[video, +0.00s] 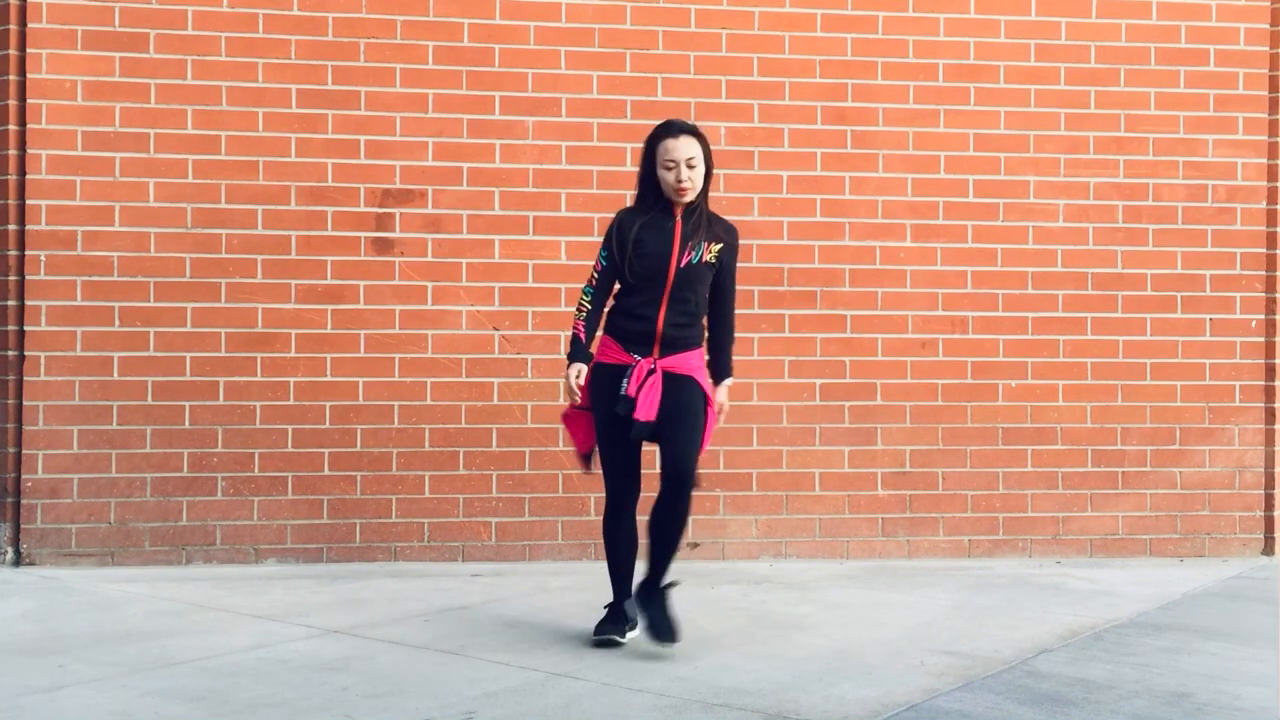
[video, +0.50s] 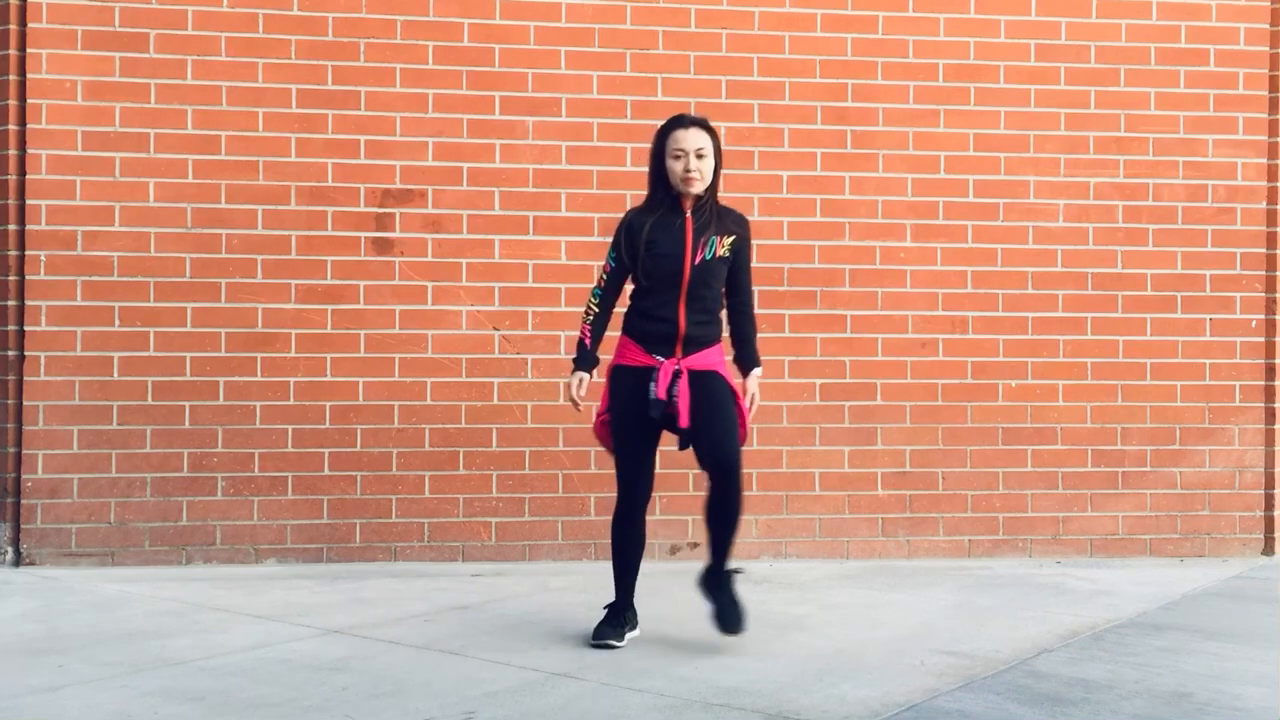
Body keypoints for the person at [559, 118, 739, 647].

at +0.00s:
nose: (681, 174)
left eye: (691, 163)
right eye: (670, 165)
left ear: (706, 168)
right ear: (653, 171)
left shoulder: (720, 235)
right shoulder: (628, 224)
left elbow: (722, 312)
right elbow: (595, 293)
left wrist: (722, 375)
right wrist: (578, 353)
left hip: (684, 367)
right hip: (619, 364)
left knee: (680, 477)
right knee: (622, 490)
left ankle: (653, 589)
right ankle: (619, 603)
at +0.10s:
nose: (681, 178)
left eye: (691, 167)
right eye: (670, 168)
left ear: (705, 170)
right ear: (653, 172)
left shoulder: (719, 235)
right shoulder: (627, 226)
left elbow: (717, 313)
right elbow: (595, 296)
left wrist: (712, 376)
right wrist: (577, 360)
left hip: (681, 375)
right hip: (617, 370)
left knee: (662, 493)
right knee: (621, 494)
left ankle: (624, 613)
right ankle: (627, 613)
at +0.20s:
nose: (681, 181)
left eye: (691, 171)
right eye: (670, 172)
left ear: (705, 175)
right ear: (653, 176)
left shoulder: (721, 239)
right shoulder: (628, 231)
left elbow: (718, 316)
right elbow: (597, 303)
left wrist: (711, 380)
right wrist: (574, 373)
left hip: (678, 379)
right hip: (616, 373)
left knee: (647, 496)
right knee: (619, 496)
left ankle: (620, 619)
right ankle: (626, 619)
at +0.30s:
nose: (682, 177)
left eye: (692, 167)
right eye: (671, 168)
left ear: (707, 171)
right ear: (654, 173)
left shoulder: (721, 235)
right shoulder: (628, 227)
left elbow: (723, 312)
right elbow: (596, 300)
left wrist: (722, 377)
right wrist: (576, 371)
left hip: (685, 374)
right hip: (620, 370)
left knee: (670, 494)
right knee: (620, 495)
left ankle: (634, 610)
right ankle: (624, 610)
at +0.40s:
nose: (685, 171)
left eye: (695, 161)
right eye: (674, 162)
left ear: (710, 168)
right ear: (657, 169)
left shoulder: (724, 234)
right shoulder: (631, 227)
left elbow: (731, 309)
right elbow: (597, 295)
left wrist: (738, 372)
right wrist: (576, 362)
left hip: (694, 370)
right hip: (628, 368)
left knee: (705, 462)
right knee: (622, 493)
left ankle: (676, 582)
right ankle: (621, 606)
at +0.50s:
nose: (691, 165)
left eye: (701, 155)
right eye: (679, 156)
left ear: (716, 162)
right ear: (663, 163)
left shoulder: (732, 227)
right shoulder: (638, 223)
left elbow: (740, 302)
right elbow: (606, 292)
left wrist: (749, 365)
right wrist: (584, 359)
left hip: (706, 367)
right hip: (639, 366)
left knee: (727, 467)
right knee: (632, 492)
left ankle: (716, 573)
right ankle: (622, 605)